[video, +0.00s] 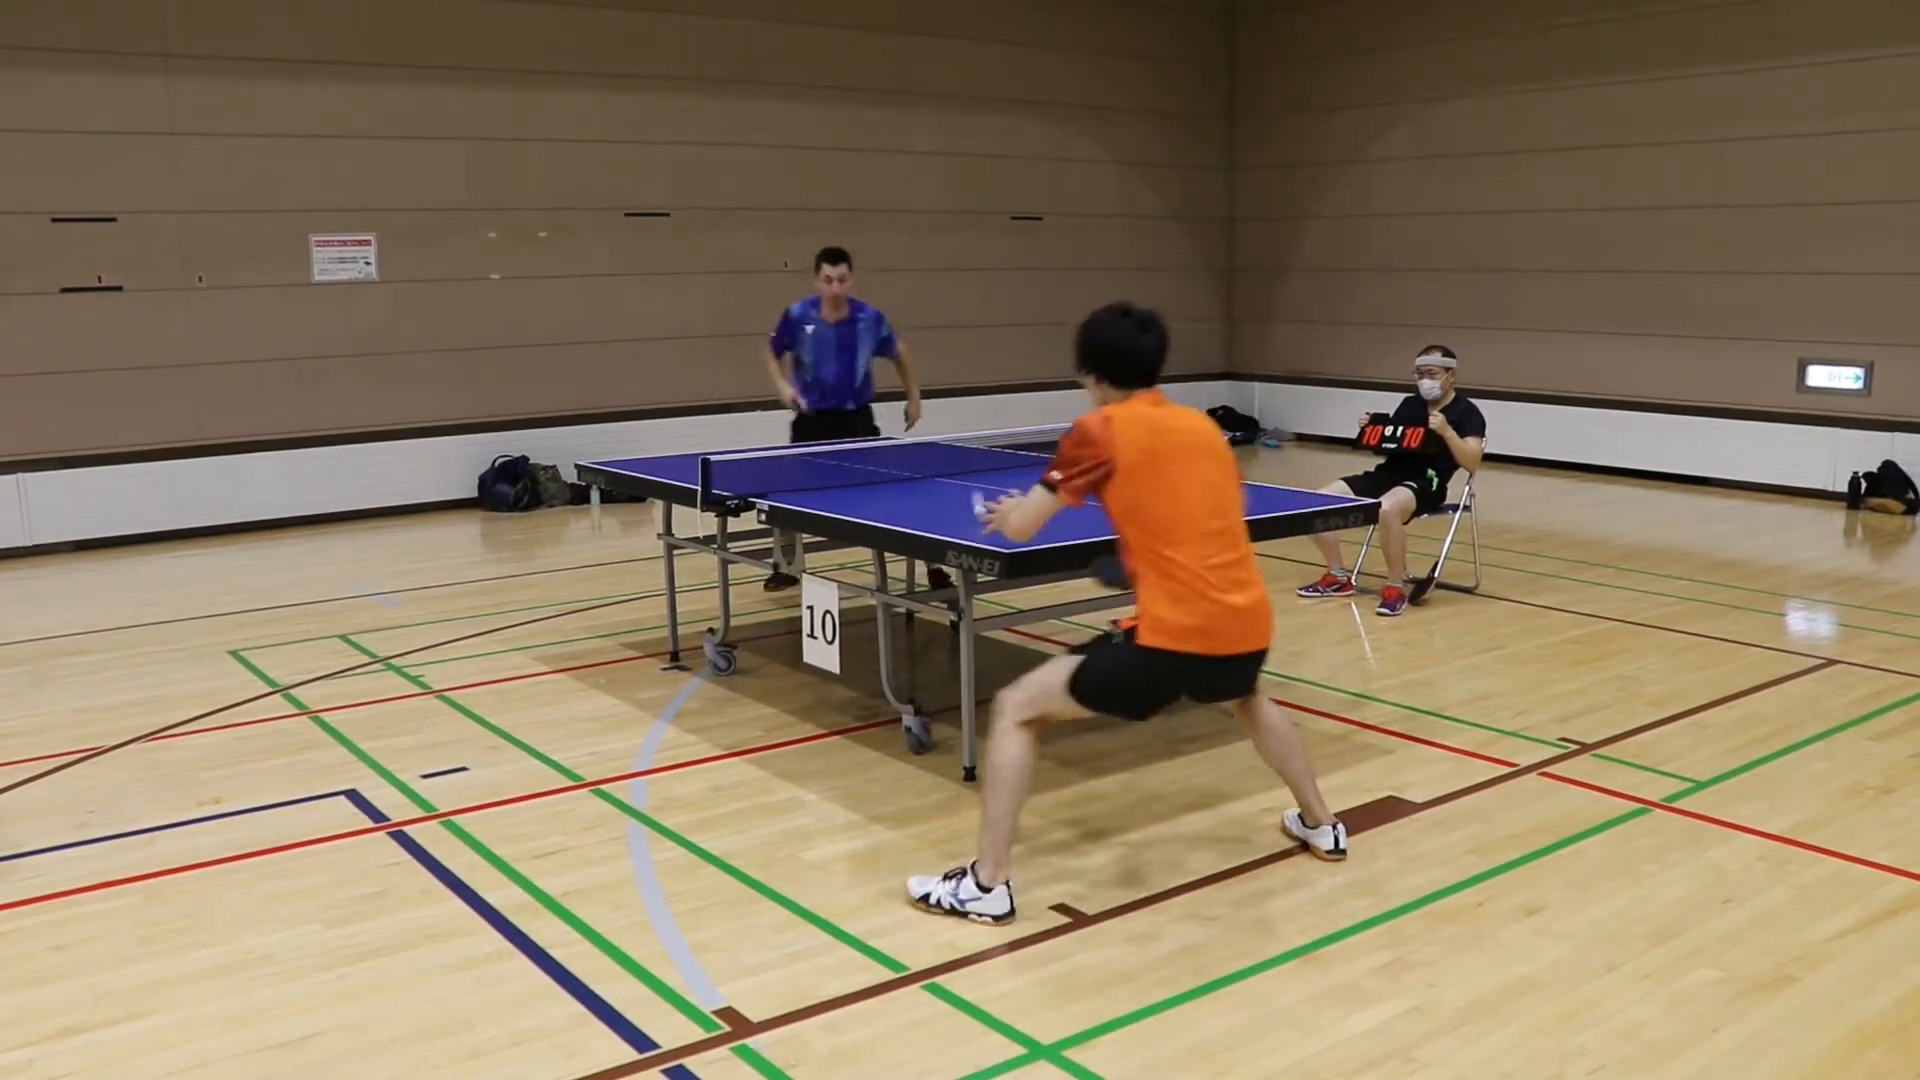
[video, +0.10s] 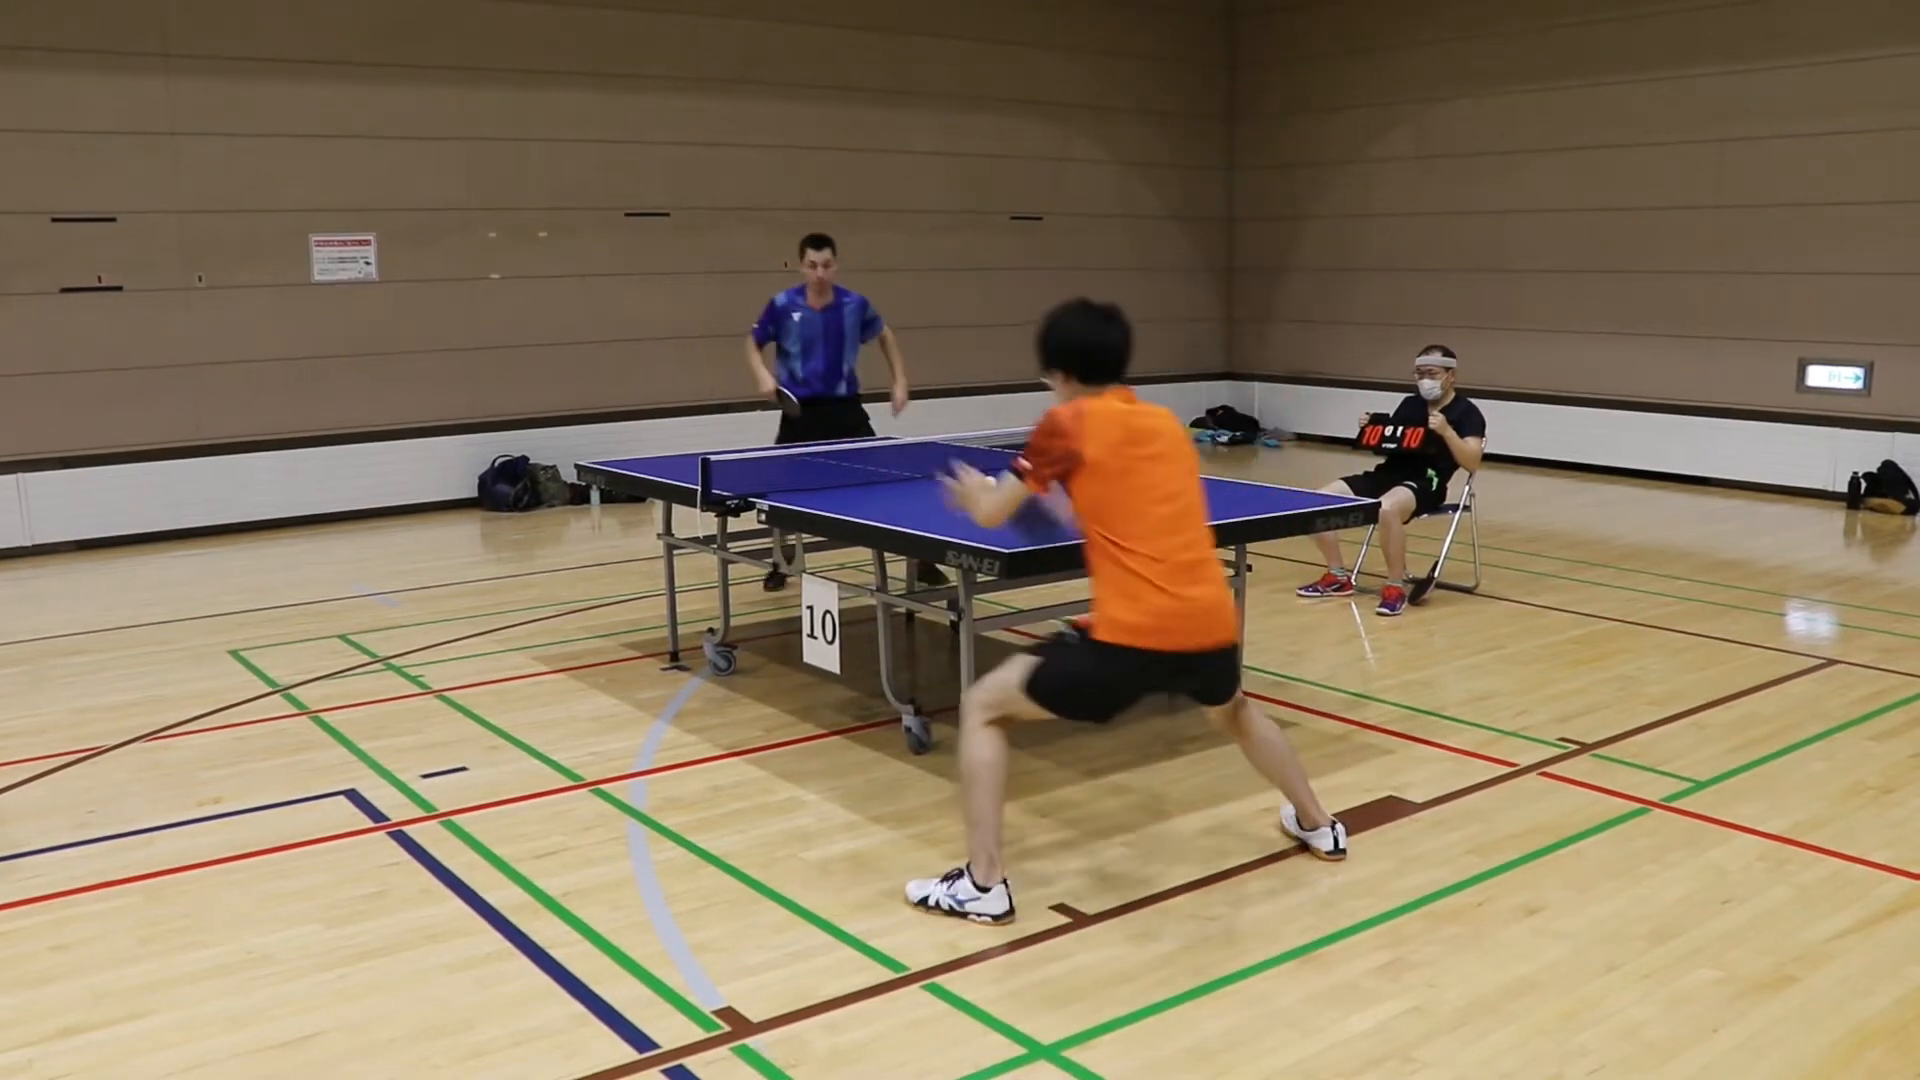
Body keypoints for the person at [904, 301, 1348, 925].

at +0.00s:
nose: (1082, 384)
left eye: (1083, 373)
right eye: (1082, 373)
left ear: (1095, 374)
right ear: (1155, 369)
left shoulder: (1100, 430)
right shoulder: (1205, 427)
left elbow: (1021, 529)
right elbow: (1224, 512)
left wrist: (1007, 514)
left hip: (1168, 644)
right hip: (1248, 637)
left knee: (1015, 707)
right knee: (1250, 698)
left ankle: (987, 880)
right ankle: (1322, 824)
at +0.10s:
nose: (1048, 384)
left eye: (1049, 372)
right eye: (1048, 372)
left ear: (1062, 372)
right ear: (1121, 364)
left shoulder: (1068, 421)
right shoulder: (1168, 422)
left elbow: (995, 512)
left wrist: (978, 499)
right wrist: (1063, 497)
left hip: (1128, 640)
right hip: (1213, 636)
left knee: (983, 706)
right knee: (1236, 711)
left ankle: (982, 880)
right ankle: (1317, 823)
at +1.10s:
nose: (1172, 408)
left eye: (1173, 392)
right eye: (1171, 394)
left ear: (1092, 373)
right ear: (1148, 395)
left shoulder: (1019, 437)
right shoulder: (1100, 477)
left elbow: (971, 547)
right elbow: (1095, 632)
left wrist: (1030, 608)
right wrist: (1205, 666)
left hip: (980, 693)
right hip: (1075, 702)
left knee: (912, 838)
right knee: (1223, 791)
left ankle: (795, 947)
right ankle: (1353, 924)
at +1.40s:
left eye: (957, 374)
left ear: (963, 389)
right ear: (1038, 379)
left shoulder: (936, 490)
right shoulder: (1079, 453)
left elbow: (896, 634)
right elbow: (1036, 393)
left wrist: (941, 604)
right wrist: (973, 335)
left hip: (960, 713)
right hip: (1063, 704)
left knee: (849, 818)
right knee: (1072, 823)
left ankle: (772, 974)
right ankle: (1134, 931)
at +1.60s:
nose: (1057, 321)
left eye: (1062, 310)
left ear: (1070, 319)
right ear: (1149, 316)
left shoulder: (1042, 403)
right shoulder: (1194, 412)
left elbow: (971, 521)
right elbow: (1227, 552)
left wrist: (1045, 529)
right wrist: (1157, 525)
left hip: (1056, 652)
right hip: (1169, 648)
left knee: (939, 759)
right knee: (1253, 741)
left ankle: (882, 925)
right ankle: (1308, 914)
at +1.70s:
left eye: (1160, 326)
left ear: (1161, 333)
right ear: (1242, 340)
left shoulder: (1113, 411)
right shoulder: (1268, 435)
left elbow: (1077, 530)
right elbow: (1289, 586)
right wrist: (1310, 652)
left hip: (1106, 653)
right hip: (1216, 659)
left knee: (1012, 789)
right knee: (1315, 767)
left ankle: (975, 958)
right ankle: (1410, 917)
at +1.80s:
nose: (1347, 358)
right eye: (1348, 348)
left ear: (1273, 348)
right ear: (1348, 358)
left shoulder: (1217, 423)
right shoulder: (1345, 457)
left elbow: (1203, 530)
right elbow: (1353, 603)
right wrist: (1415, 706)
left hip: (1173, 655)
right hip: (1272, 663)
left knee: (1091, 808)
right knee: (1385, 748)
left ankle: (993, 956)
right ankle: (1425, 922)